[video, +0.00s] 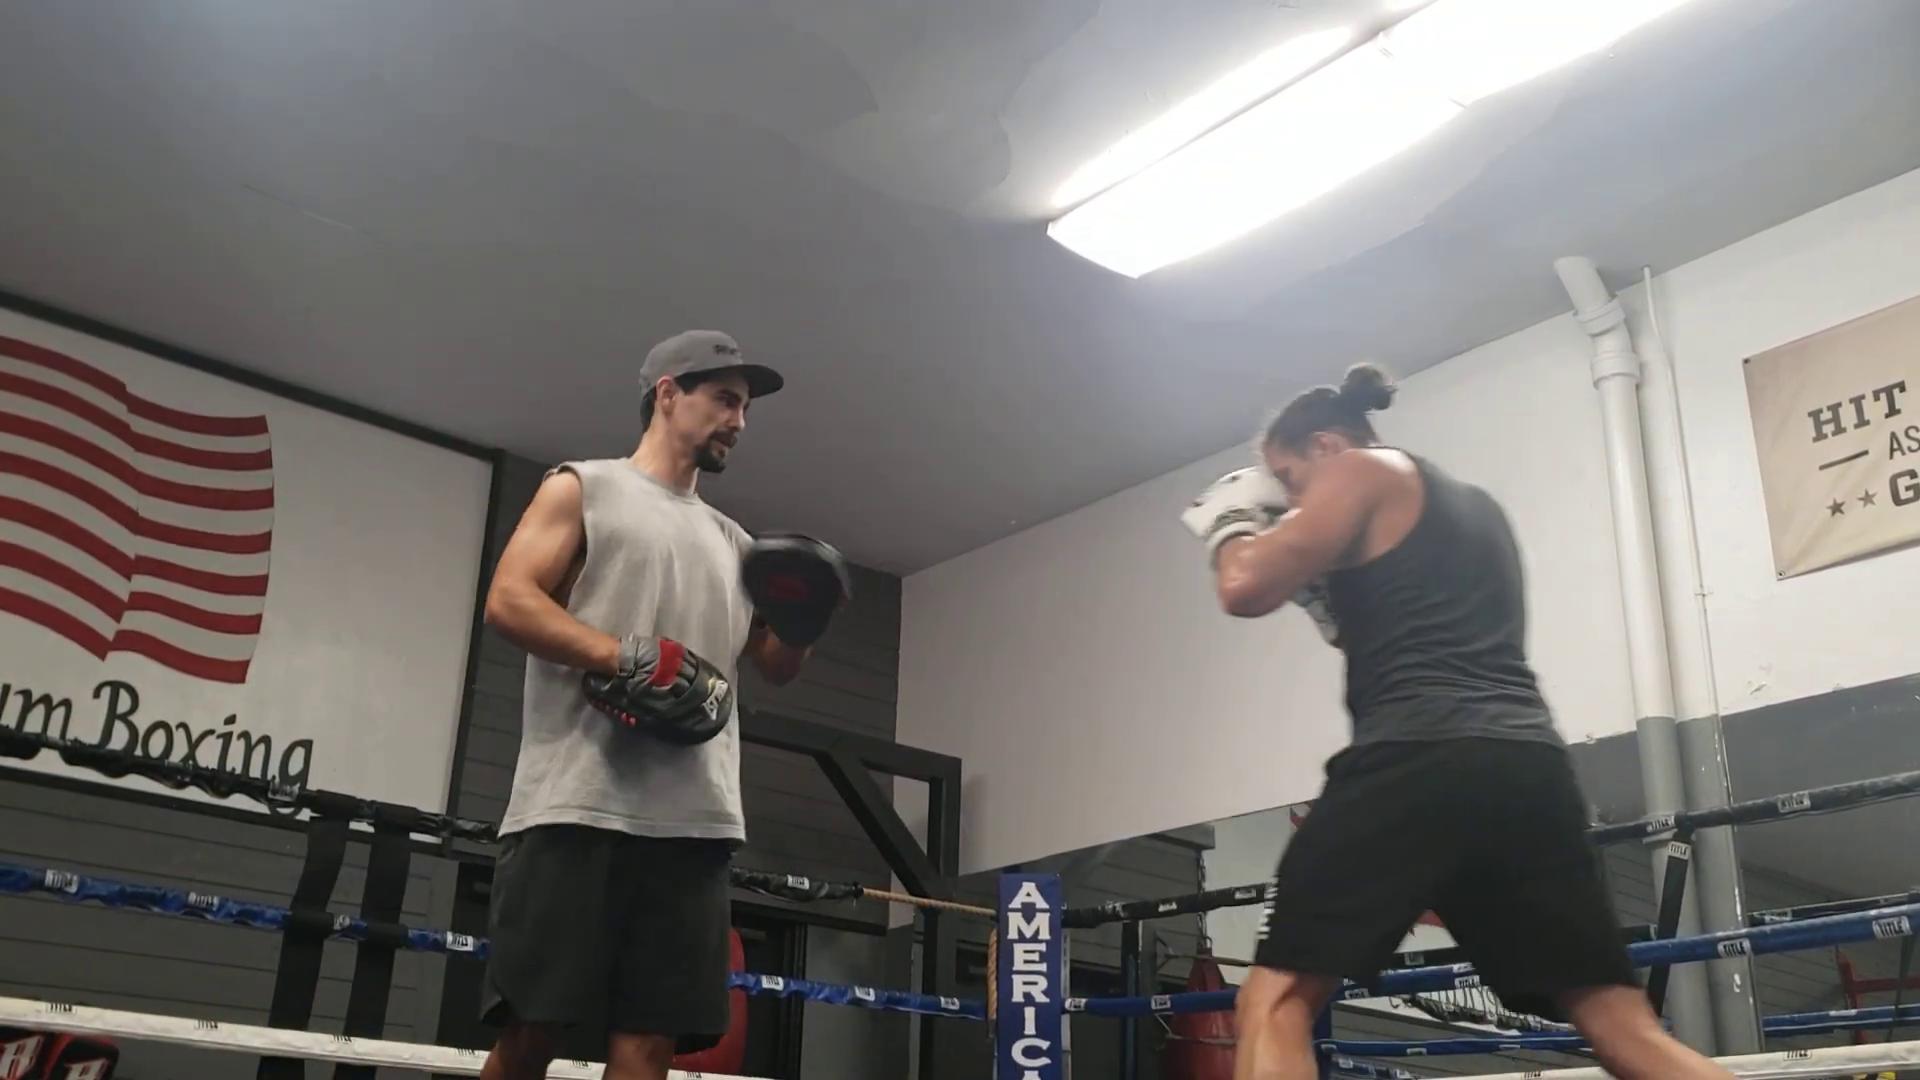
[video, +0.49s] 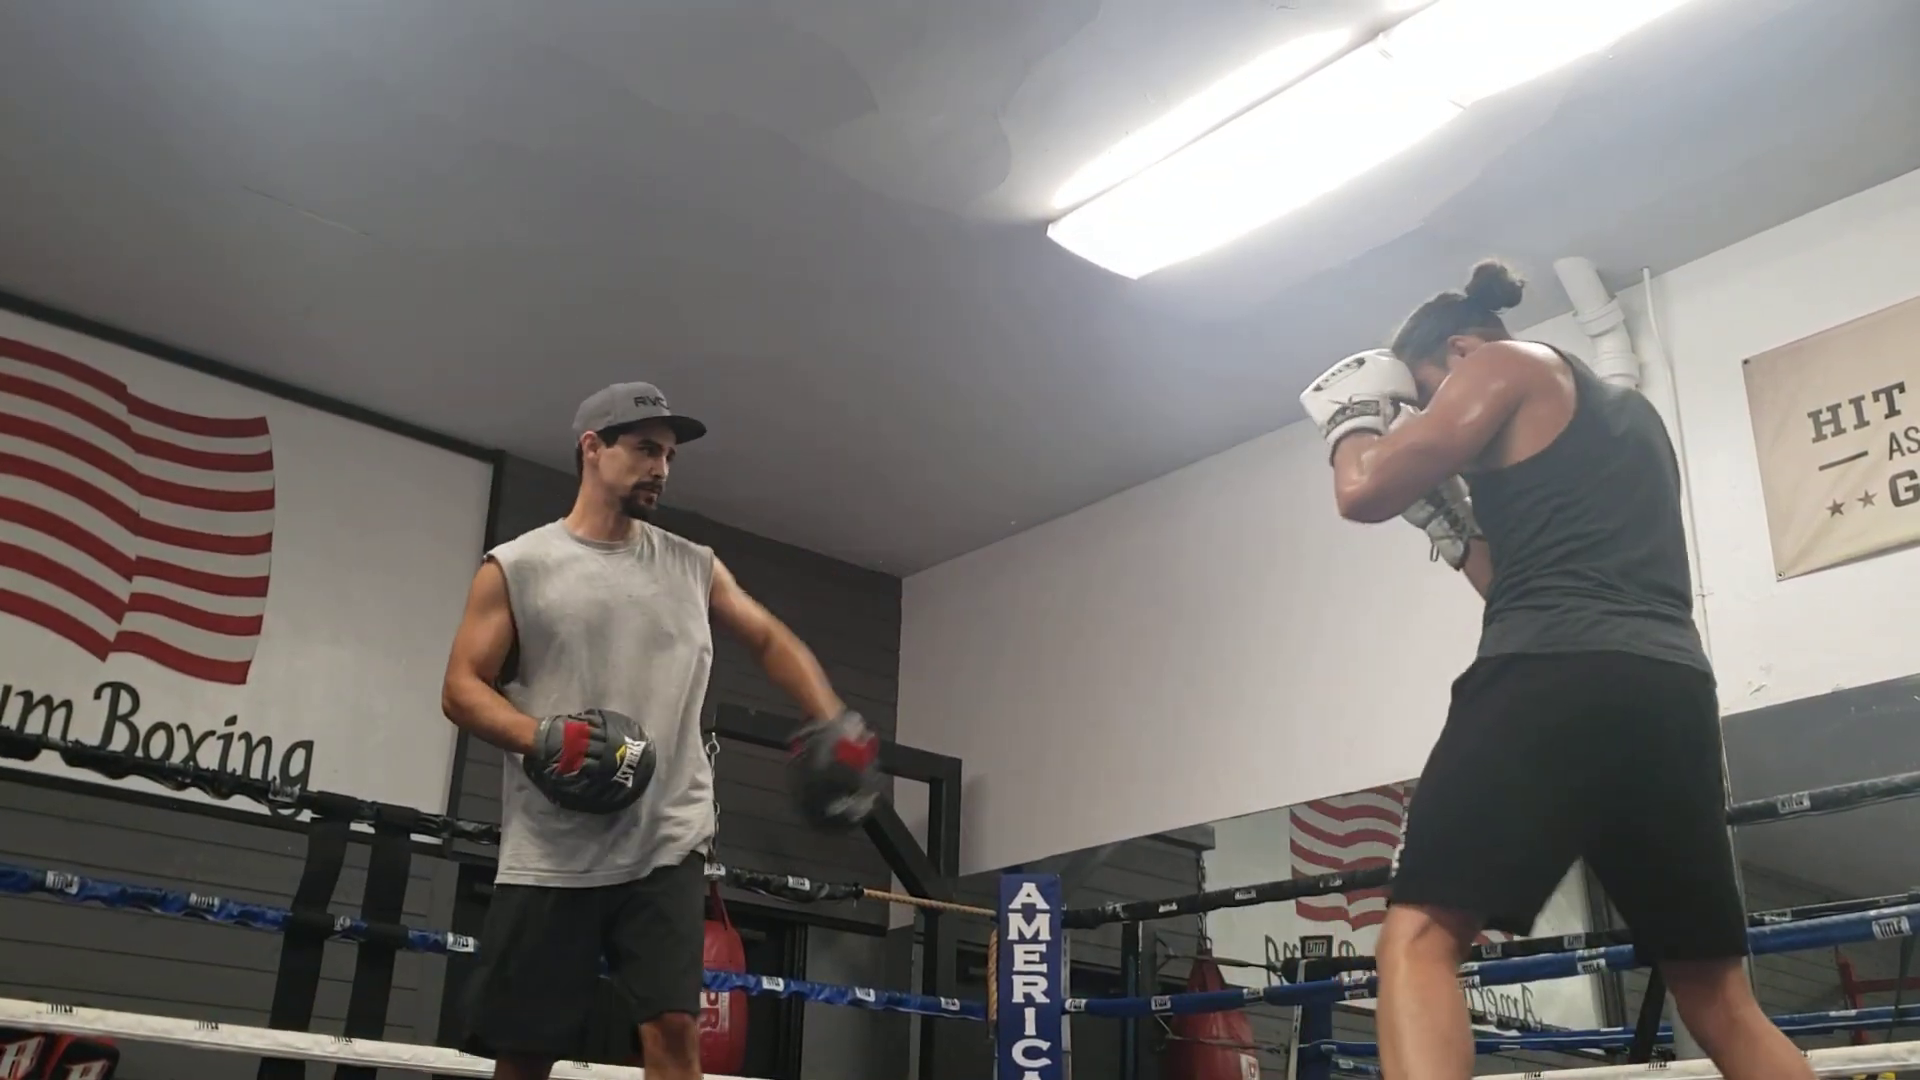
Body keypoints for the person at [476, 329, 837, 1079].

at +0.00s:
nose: (739, 419)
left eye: (746, 407)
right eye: (725, 398)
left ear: (744, 420)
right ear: (667, 393)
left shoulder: (738, 544)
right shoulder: (579, 488)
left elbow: (775, 666)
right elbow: (509, 598)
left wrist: (803, 613)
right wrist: (629, 658)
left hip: (691, 825)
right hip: (573, 809)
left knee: (647, 1048)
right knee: (531, 1037)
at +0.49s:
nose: (659, 468)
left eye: (667, 455)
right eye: (644, 449)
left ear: (668, 464)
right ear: (592, 447)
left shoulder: (695, 567)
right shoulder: (514, 568)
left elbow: (771, 641)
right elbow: (461, 688)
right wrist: (541, 738)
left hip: (667, 851)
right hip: (548, 856)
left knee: (674, 1031)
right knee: (523, 1053)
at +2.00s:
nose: (734, 438)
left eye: (743, 425)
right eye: (716, 420)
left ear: (749, 435)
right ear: (664, 423)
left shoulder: (781, 542)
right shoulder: (597, 544)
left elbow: (853, 633)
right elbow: (534, 665)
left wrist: (887, 543)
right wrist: (614, 689)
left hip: (756, 833)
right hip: (635, 830)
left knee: (792, 1043)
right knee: (604, 1046)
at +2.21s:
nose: (732, 418)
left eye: (738, 404)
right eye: (716, 397)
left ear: (739, 413)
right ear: (659, 394)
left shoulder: (760, 524)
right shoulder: (583, 512)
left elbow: (848, 603)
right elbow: (513, 624)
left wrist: (901, 518)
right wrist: (619, 634)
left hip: (738, 818)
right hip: (616, 818)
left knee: (773, 1015)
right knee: (593, 1036)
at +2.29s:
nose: (739, 412)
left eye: (746, 398)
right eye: (724, 390)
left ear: (745, 408)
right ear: (667, 386)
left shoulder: (762, 521)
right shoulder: (586, 502)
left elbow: (851, 600)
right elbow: (522, 615)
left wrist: (909, 516)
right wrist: (641, 628)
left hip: (735, 815)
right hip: (611, 815)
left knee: (764, 1014)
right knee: (591, 1035)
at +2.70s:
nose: (841, 378)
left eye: (850, 364)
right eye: (830, 352)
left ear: (845, 378)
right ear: (768, 338)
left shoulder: (837, 494)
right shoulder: (670, 434)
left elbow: (925, 584)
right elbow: (603, 542)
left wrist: (976, 480)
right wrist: (735, 599)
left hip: (793, 795)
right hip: (655, 779)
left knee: (787, 1028)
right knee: (614, 1030)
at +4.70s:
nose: (781, 424)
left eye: (789, 409)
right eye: (779, 398)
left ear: (737, 380)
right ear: (735, 371)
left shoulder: (695, 475)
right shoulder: (676, 420)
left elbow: (654, 625)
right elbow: (628, 512)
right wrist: (708, 653)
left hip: (631, 746)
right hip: (589, 726)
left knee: (608, 1003)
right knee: (570, 965)